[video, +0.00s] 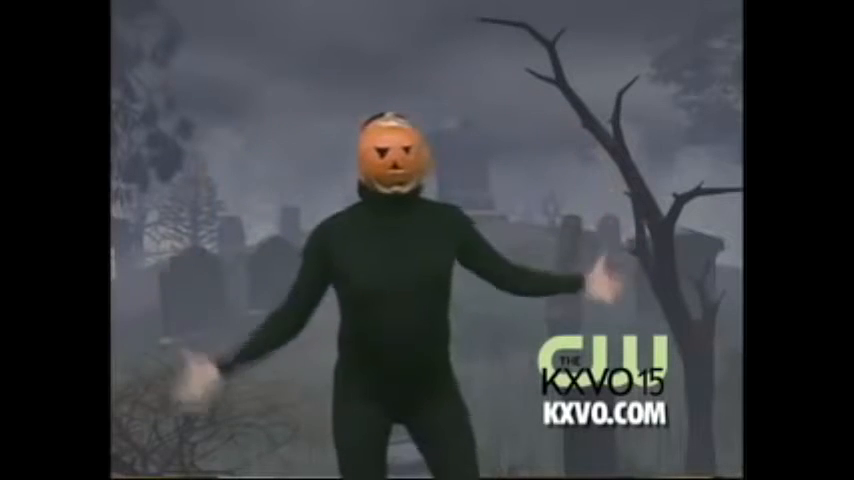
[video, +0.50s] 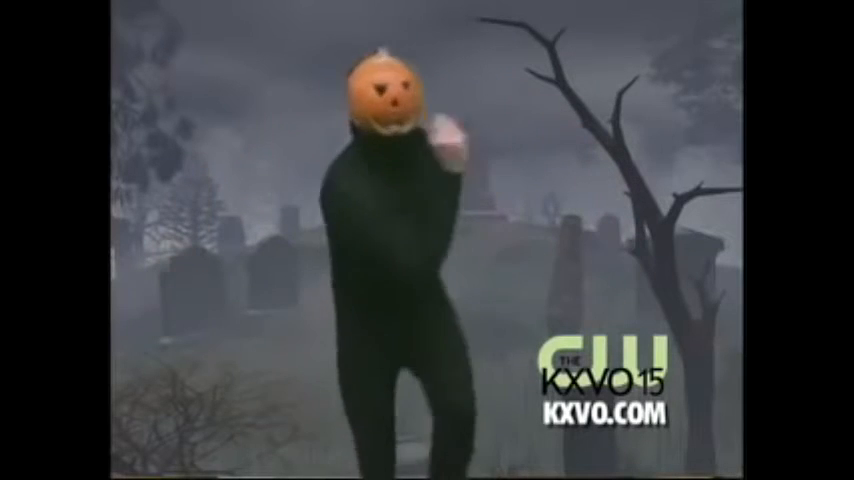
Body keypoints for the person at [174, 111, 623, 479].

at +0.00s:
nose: (394, 158)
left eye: (405, 148)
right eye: (381, 151)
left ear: (422, 161)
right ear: (362, 164)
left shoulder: (446, 223)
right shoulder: (333, 235)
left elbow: (508, 277)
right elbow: (291, 315)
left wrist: (581, 282)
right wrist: (227, 364)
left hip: (432, 387)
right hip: (361, 392)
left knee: (462, 472)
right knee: (360, 475)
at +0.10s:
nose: (394, 160)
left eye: (405, 149)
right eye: (380, 150)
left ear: (421, 157)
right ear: (358, 161)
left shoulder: (439, 215)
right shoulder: (338, 231)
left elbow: (473, 275)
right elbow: (319, 324)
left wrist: (509, 319)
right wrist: (300, 391)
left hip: (432, 384)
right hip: (364, 389)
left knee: (449, 472)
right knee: (364, 473)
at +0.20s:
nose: (395, 148)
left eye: (405, 137)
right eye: (380, 140)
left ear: (419, 147)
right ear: (356, 152)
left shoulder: (435, 210)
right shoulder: (343, 224)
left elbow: (439, 289)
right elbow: (352, 307)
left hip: (432, 363)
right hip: (367, 367)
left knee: (451, 466)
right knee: (369, 466)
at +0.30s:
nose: (397, 136)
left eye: (407, 126)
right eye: (381, 129)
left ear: (420, 138)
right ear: (358, 146)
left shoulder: (432, 200)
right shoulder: (346, 218)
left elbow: (423, 270)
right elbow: (356, 309)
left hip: (427, 344)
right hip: (365, 355)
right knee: (377, 467)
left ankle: (456, 473)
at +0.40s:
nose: (398, 120)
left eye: (406, 110)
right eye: (383, 113)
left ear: (424, 125)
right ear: (360, 135)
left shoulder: (432, 181)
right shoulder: (351, 206)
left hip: (423, 325)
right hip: (367, 340)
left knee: (464, 350)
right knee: (378, 469)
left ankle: (443, 470)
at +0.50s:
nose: (395, 94)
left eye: (405, 84)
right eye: (379, 86)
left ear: (419, 97)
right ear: (356, 110)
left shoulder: (432, 160)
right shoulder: (346, 179)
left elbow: (432, 253)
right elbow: (413, 263)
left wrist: (453, 169)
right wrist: (449, 180)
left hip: (428, 320)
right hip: (366, 331)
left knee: (458, 415)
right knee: (376, 454)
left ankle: (446, 474)